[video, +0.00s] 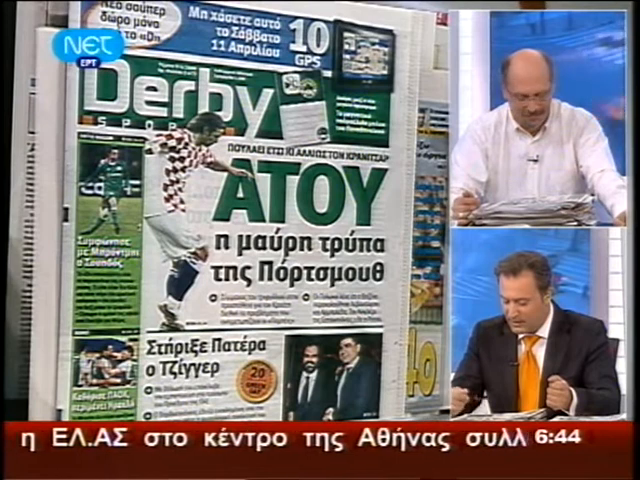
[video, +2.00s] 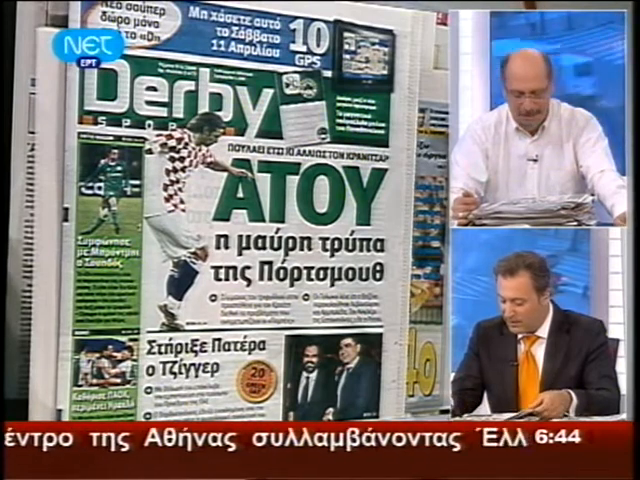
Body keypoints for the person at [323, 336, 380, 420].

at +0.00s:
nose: (343, 351)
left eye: (347, 346)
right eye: (341, 348)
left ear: (358, 348)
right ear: (339, 351)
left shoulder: (367, 368)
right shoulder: (341, 371)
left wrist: (335, 416)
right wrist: (332, 410)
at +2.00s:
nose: (343, 351)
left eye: (347, 346)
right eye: (341, 348)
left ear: (358, 348)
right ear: (339, 351)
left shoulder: (367, 368)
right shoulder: (341, 371)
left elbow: (361, 408)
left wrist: (335, 416)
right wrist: (331, 410)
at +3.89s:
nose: (343, 351)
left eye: (347, 346)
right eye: (341, 348)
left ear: (358, 348)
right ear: (339, 351)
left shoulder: (367, 367)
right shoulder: (341, 371)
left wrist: (335, 416)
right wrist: (331, 410)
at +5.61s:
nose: (342, 351)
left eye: (347, 346)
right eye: (341, 348)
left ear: (358, 348)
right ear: (339, 351)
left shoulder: (367, 368)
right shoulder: (341, 371)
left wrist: (336, 415)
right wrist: (332, 411)